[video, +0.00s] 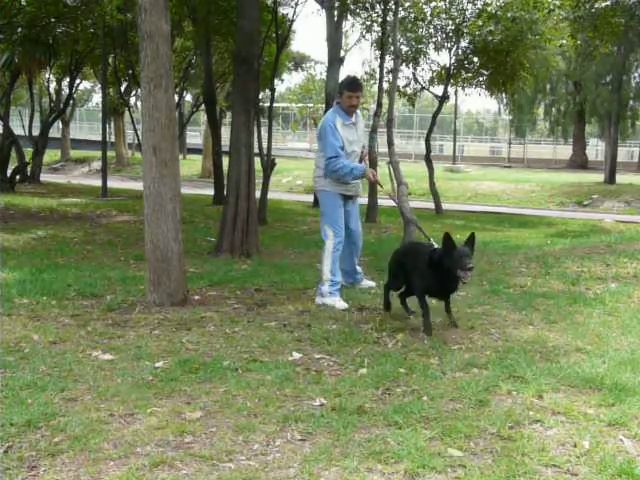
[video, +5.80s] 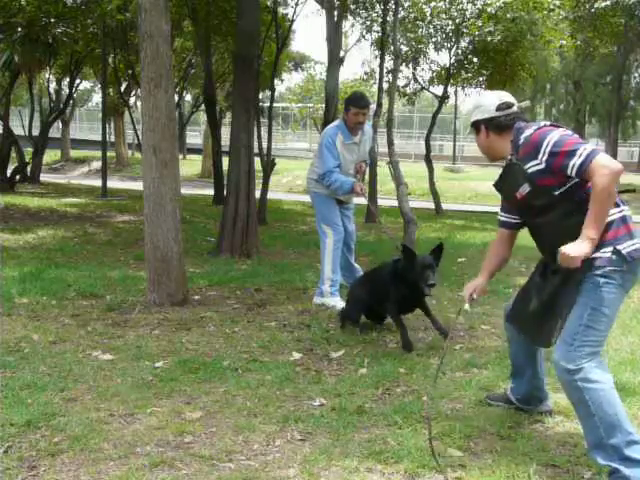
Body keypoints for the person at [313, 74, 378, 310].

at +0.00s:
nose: (355, 102)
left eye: (358, 97)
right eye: (350, 97)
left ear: (362, 98)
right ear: (340, 97)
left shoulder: (357, 120)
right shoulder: (330, 122)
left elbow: (355, 147)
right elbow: (333, 164)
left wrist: (361, 154)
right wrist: (362, 171)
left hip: (350, 186)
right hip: (329, 186)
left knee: (354, 232)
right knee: (335, 236)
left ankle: (352, 275)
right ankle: (328, 291)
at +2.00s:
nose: (359, 107)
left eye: (362, 102)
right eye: (354, 102)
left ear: (365, 102)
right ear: (344, 101)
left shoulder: (359, 123)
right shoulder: (332, 126)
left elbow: (357, 149)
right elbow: (334, 168)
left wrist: (361, 159)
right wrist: (362, 178)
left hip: (347, 188)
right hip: (327, 187)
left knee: (352, 234)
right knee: (335, 235)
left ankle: (351, 275)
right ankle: (326, 291)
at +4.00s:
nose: (357, 112)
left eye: (360, 107)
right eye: (352, 107)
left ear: (362, 107)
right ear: (341, 105)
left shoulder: (352, 129)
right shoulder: (330, 131)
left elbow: (348, 160)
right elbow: (328, 172)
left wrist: (357, 164)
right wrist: (354, 182)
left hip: (341, 189)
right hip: (322, 189)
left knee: (349, 233)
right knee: (334, 234)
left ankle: (351, 275)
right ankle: (325, 292)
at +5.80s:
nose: (360, 120)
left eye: (364, 115)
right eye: (356, 115)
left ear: (368, 114)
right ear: (346, 113)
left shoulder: (366, 131)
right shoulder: (331, 135)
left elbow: (365, 153)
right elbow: (328, 174)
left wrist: (363, 164)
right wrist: (351, 185)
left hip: (345, 191)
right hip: (322, 189)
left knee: (348, 234)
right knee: (334, 233)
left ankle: (352, 279)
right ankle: (327, 292)